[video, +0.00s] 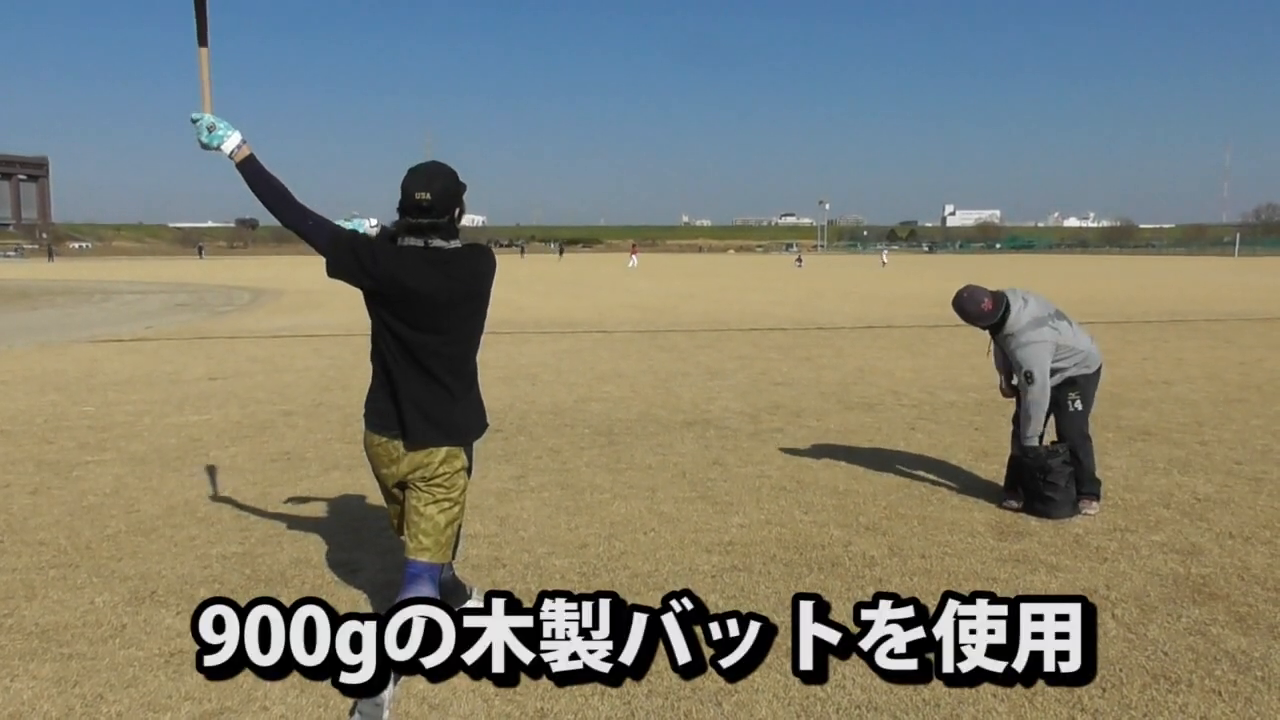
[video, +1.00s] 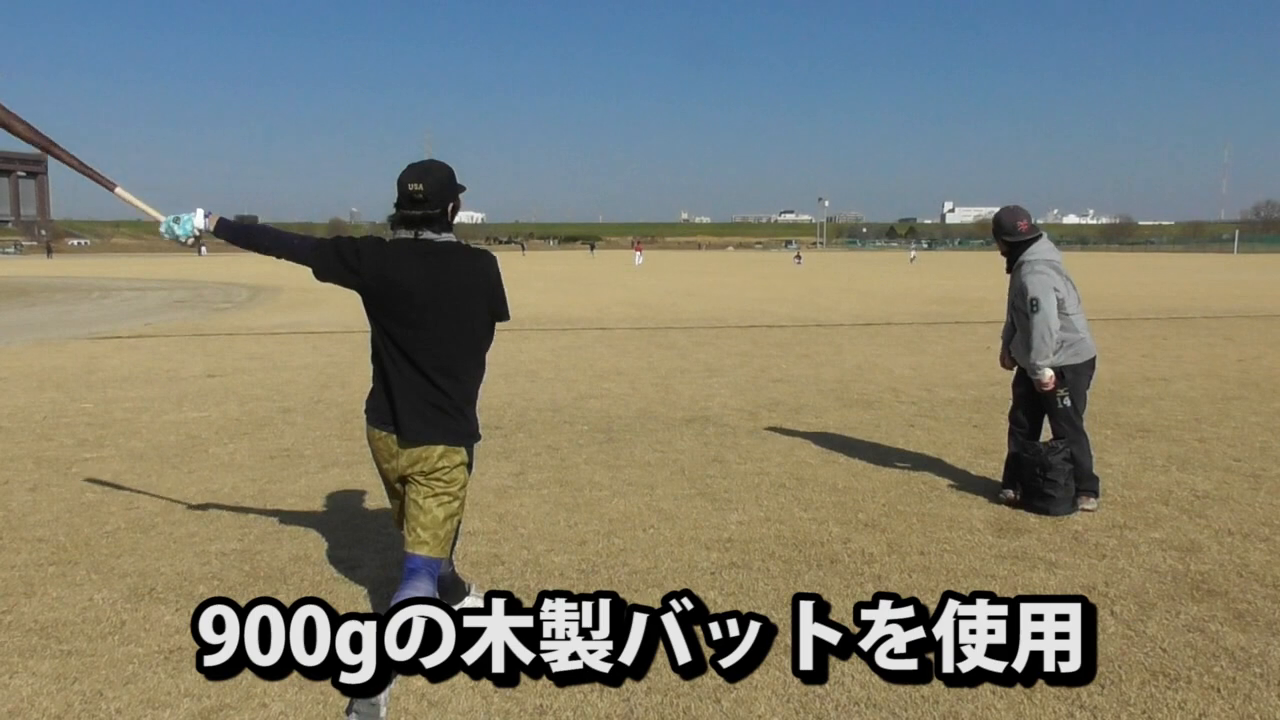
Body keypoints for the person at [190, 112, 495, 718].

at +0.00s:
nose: (455, 211)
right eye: (456, 204)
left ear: (403, 209)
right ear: (457, 215)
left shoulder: (376, 258)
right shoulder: (479, 264)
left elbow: (294, 215)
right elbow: (442, 248)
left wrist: (238, 149)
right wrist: (387, 236)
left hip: (383, 433)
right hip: (447, 437)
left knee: (420, 537)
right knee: (423, 572)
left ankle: (466, 608)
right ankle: (378, 691)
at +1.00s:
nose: (460, 207)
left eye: (453, 199)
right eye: (457, 201)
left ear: (400, 206)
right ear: (451, 209)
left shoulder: (374, 257)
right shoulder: (480, 265)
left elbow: (294, 245)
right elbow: (495, 317)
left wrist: (215, 224)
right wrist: (445, 287)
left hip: (385, 434)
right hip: (445, 438)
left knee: (422, 536)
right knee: (420, 569)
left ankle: (454, 598)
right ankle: (373, 689)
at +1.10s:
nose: (462, 209)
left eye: (456, 200)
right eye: (459, 203)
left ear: (402, 206)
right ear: (452, 209)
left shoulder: (373, 257)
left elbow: (293, 264)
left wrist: (216, 261)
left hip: (384, 431)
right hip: (446, 439)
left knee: (422, 531)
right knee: (422, 565)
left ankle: (458, 598)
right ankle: (372, 690)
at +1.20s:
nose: (461, 213)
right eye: (460, 207)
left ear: (403, 209)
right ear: (453, 212)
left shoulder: (372, 257)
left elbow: (305, 284)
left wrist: (234, 303)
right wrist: (537, 430)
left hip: (386, 432)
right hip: (446, 440)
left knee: (421, 534)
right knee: (419, 567)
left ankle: (452, 597)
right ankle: (372, 691)